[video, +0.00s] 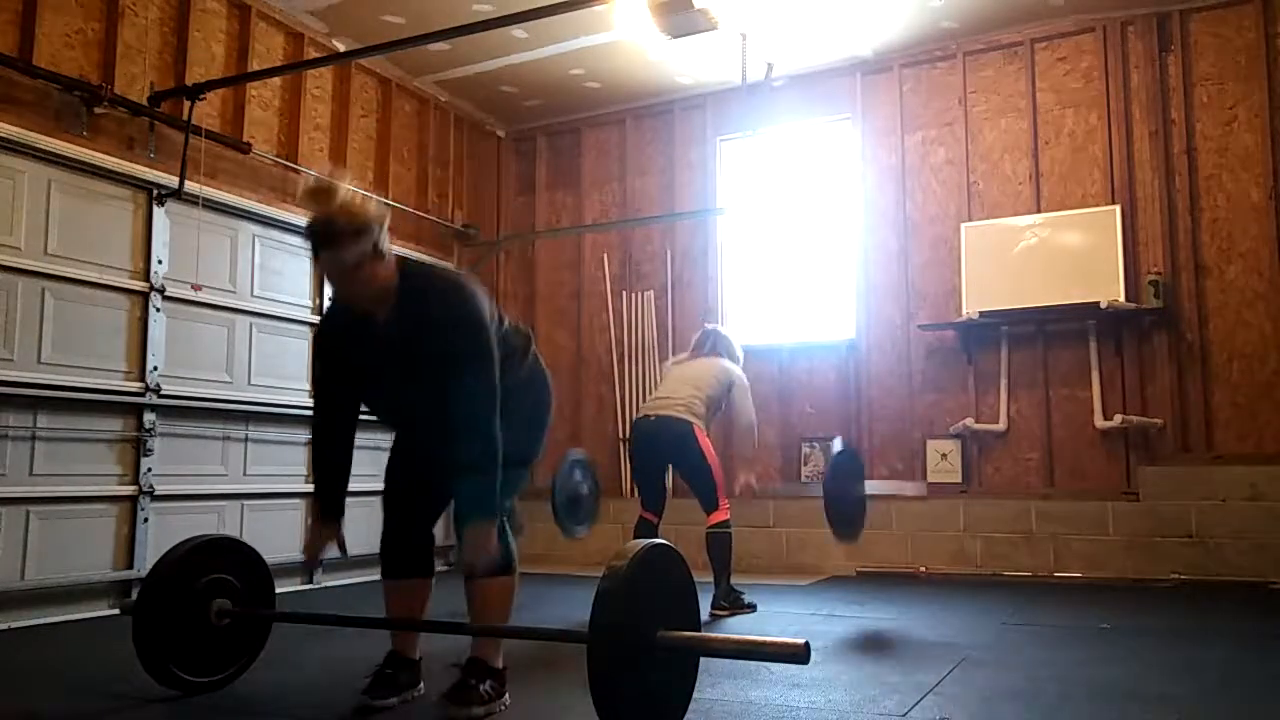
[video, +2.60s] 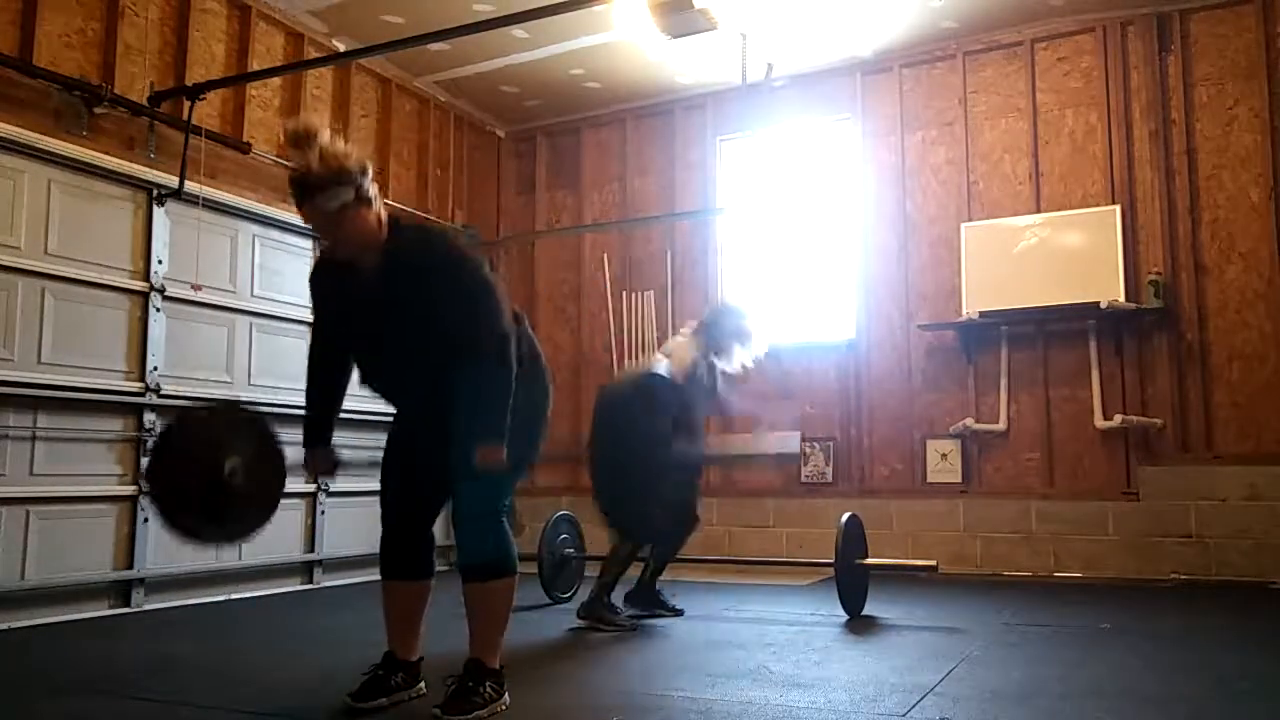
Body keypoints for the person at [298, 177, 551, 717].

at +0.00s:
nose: (346, 283)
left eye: (354, 268)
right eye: (334, 273)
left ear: (384, 254)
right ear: (323, 272)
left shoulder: (453, 300)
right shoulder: (337, 330)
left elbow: (476, 410)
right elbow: (332, 424)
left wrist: (480, 513)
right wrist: (325, 510)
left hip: (502, 408)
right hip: (425, 420)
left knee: (484, 524)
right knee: (403, 523)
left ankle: (487, 668)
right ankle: (403, 663)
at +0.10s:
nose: (333, 339)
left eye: (342, 321)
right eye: (321, 326)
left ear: (369, 306)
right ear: (311, 321)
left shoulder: (444, 346)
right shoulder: (333, 381)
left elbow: (470, 468)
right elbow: (323, 482)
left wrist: (478, 581)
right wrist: (313, 577)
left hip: (514, 418)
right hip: (432, 436)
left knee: (476, 532)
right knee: (392, 516)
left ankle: (483, 673)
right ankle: (402, 664)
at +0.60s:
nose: (334, 287)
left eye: (343, 270)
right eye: (323, 276)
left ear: (373, 258)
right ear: (315, 278)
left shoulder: (446, 302)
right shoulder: (337, 336)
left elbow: (483, 412)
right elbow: (330, 424)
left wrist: (488, 513)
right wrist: (318, 514)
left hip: (514, 395)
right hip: (434, 415)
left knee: (484, 521)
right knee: (406, 519)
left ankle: (485, 670)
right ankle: (402, 664)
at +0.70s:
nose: (351, 249)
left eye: (357, 232)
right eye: (335, 242)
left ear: (380, 216)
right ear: (322, 243)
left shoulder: (444, 267)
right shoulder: (340, 296)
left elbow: (500, 361)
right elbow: (335, 383)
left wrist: (499, 459)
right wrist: (325, 462)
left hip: (496, 393)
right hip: (428, 403)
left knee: (482, 513)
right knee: (407, 520)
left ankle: (485, 669)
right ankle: (403, 663)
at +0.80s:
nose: (348, 213)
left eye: (355, 196)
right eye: (333, 206)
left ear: (382, 183)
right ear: (320, 209)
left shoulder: (444, 233)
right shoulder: (339, 263)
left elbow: (509, 316)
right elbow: (335, 342)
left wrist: (506, 408)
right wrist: (330, 417)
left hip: (494, 381)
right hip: (425, 391)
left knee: (482, 507)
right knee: (412, 514)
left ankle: (488, 665)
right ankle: (404, 661)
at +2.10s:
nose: (363, 183)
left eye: (369, 166)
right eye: (347, 175)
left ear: (393, 146)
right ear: (330, 171)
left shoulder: (451, 194)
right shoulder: (345, 226)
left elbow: (525, 259)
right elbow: (336, 301)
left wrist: (502, 347)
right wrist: (327, 365)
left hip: (494, 371)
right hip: (425, 377)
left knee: (477, 515)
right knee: (404, 514)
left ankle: (486, 670)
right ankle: (403, 663)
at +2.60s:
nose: (325, 239)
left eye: (332, 224)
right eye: (316, 228)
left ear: (369, 205)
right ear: (313, 224)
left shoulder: (437, 253)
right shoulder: (332, 277)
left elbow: (491, 342)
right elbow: (328, 359)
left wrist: (491, 430)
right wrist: (318, 438)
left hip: (494, 393)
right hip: (422, 401)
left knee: (479, 517)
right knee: (402, 517)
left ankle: (485, 669)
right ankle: (403, 662)